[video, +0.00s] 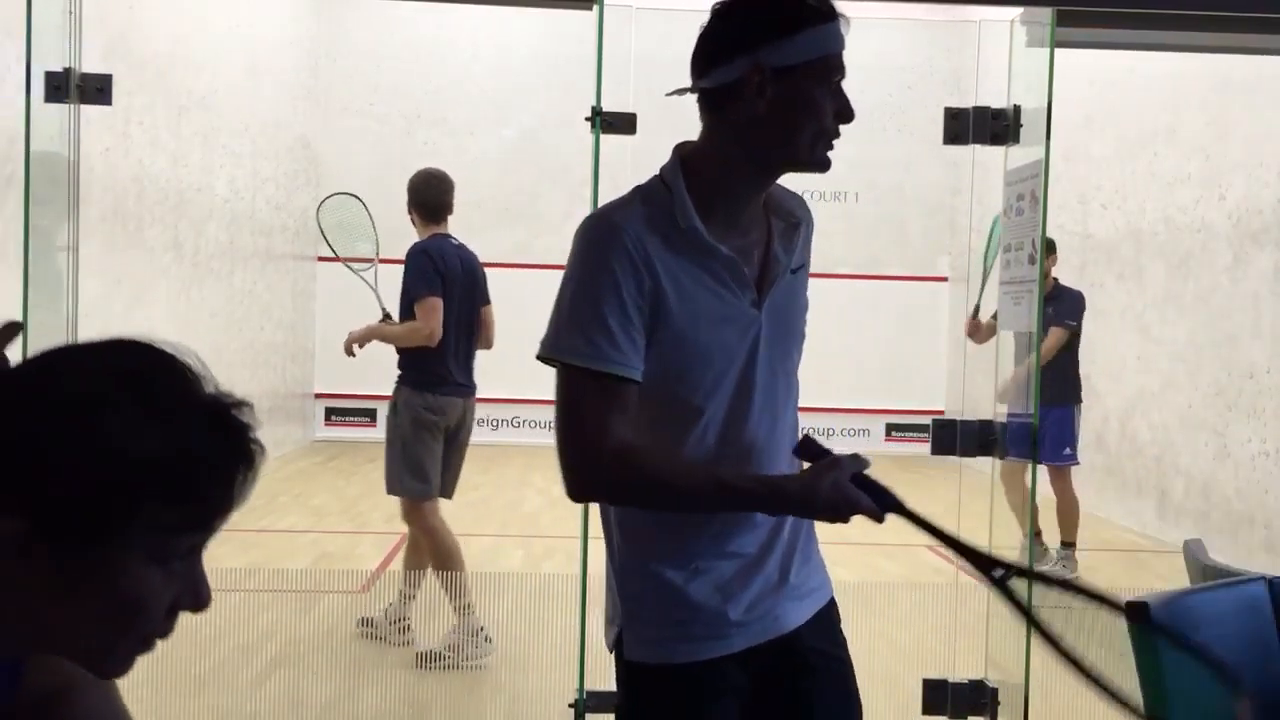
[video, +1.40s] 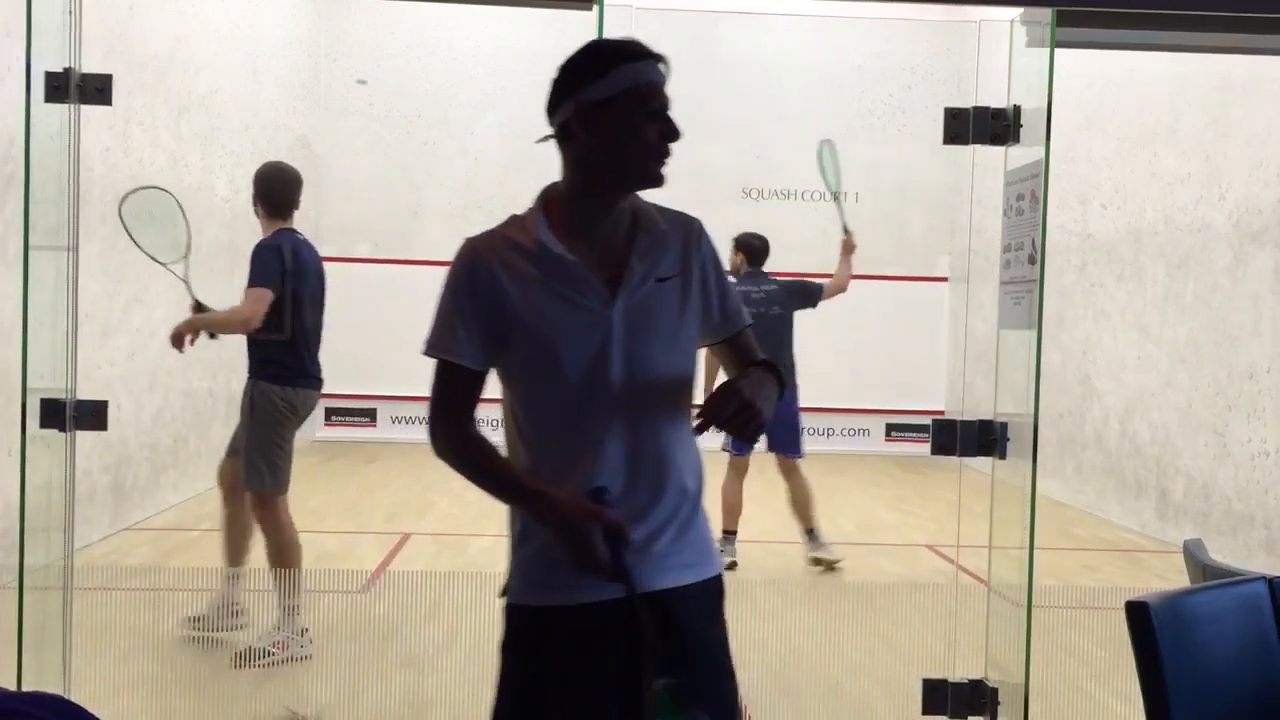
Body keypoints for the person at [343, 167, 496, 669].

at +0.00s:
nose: (409, 214)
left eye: (407, 207)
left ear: (411, 210)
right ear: (452, 207)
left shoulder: (423, 255)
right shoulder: (470, 260)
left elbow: (425, 330)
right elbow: (485, 337)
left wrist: (372, 332)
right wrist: (422, 330)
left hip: (421, 399)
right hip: (461, 401)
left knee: (422, 508)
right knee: (422, 508)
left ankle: (470, 626)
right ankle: (400, 615)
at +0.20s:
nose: (397, 214)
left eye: (396, 206)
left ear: (399, 209)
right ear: (438, 210)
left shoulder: (409, 252)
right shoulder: (452, 259)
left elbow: (409, 327)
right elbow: (462, 338)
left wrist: (360, 325)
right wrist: (392, 323)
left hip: (402, 398)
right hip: (444, 401)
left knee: (348, 498)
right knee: (415, 498)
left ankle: (423, 592)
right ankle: (403, 610)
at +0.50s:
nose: (378, 213)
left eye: (376, 206)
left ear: (379, 208)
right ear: (418, 209)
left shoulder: (382, 248)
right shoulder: (436, 258)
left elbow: (380, 318)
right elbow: (443, 333)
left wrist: (338, 324)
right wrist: (375, 321)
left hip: (382, 394)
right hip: (427, 395)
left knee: (344, 494)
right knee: (408, 494)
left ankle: (349, 616)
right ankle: (402, 613)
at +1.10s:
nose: (305, 211)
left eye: (303, 204)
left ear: (305, 206)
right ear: (347, 206)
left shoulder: (315, 250)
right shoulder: (364, 256)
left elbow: (321, 323)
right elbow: (387, 329)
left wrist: (269, 328)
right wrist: (336, 337)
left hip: (316, 396)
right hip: (356, 397)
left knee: (290, 499)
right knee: (348, 491)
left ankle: (294, 628)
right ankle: (391, 609)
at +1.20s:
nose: (287, 208)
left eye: (285, 201)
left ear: (288, 204)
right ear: (330, 203)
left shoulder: (299, 248)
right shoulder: (346, 255)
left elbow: (301, 321)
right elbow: (366, 330)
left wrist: (249, 325)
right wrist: (313, 335)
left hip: (301, 392)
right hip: (334, 393)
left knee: (287, 500)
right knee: (312, 494)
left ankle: (294, 629)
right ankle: (362, 587)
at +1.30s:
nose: (270, 203)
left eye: (270, 195)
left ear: (273, 200)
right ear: (313, 201)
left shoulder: (284, 246)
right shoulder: (328, 253)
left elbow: (277, 321)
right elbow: (340, 329)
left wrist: (225, 323)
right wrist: (268, 330)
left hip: (288, 389)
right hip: (314, 389)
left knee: (283, 500)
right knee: (257, 479)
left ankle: (293, 630)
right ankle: (305, 592)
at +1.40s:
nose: (254, 203)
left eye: (255, 195)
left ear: (255, 201)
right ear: (298, 203)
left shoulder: (271, 250)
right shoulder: (307, 253)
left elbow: (250, 315)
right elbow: (280, 326)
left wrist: (197, 322)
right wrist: (221, 321)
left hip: (274, 391)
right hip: (295, 388)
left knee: (268, 503)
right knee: (232, 475)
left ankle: (292, 627)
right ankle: (231, 602)